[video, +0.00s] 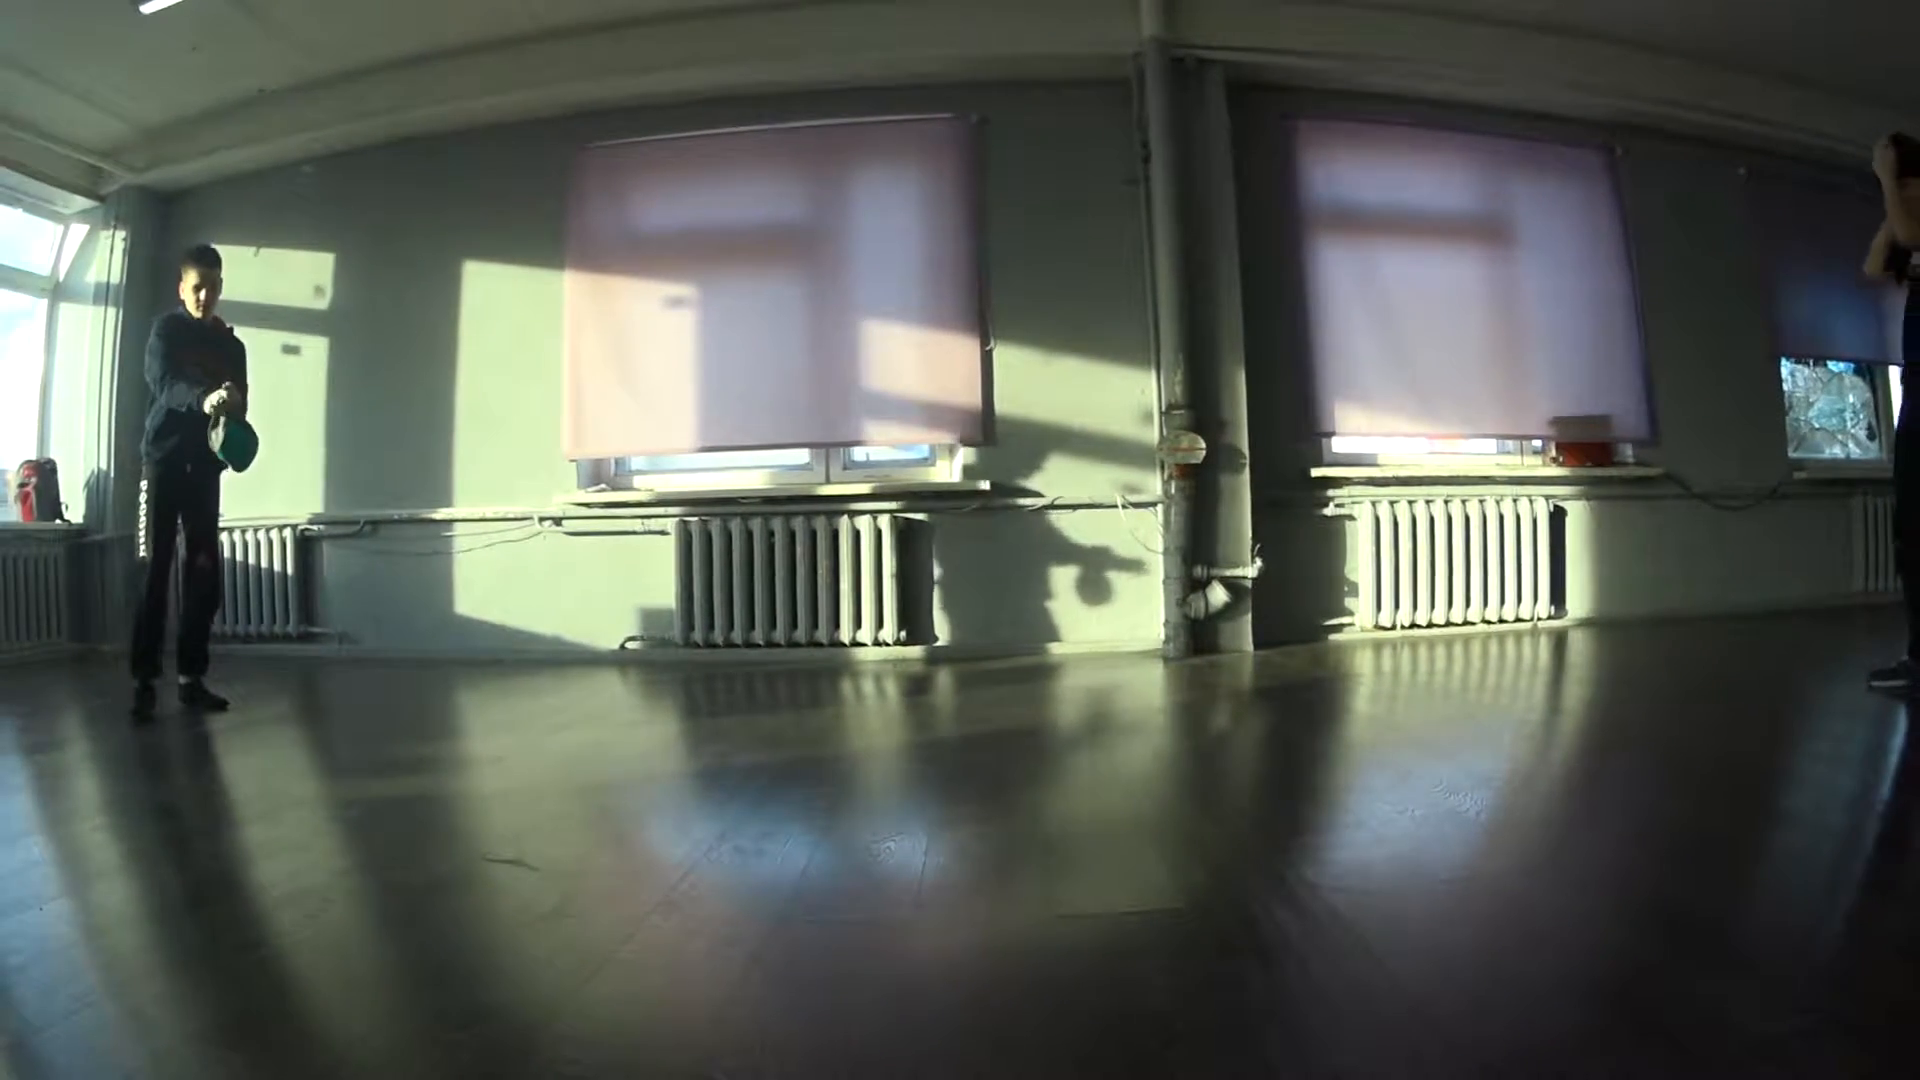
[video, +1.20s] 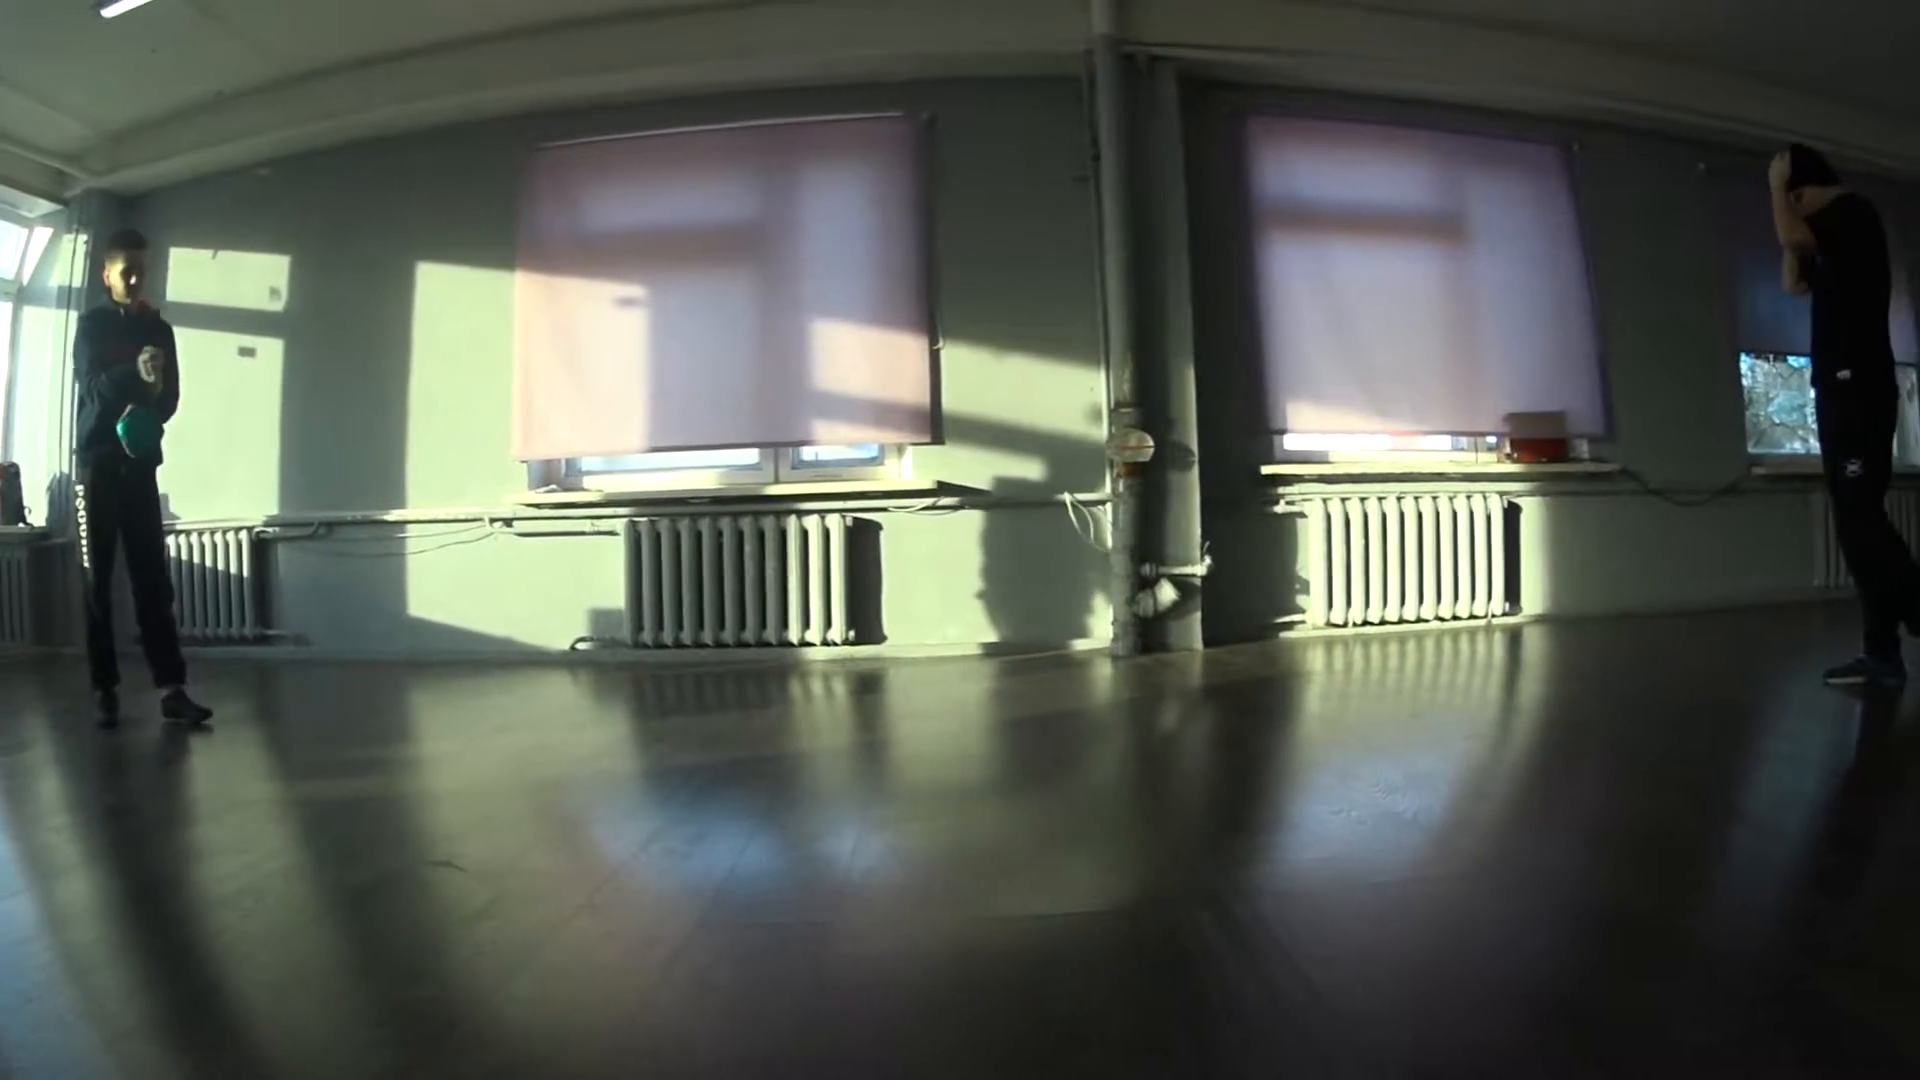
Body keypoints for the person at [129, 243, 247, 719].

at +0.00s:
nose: (204, 294)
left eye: (211, 285)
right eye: (196, 285)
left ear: (221, 287)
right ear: (180, 286)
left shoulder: (231, 344)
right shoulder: (165, 329)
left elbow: (238, 404)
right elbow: (161, 383)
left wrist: (234, 415)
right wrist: (204, 399)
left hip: (205, 463)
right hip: (163, 459)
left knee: (204, 568)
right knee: (154, 565)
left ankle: (193, 679)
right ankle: (145, 683)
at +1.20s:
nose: (134, 279)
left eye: (140, 271)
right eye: (125, 271)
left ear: (147, 273)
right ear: (105, 274)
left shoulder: (158, 330)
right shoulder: (92, 324)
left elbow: (167, 403)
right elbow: (90, 389)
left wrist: (155, 396)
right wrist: (135, 370)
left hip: (142, 463)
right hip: (98, 463)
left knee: (153, 577)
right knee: (99, 578)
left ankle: (172, 691)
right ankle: (105, 691)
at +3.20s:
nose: (121, 261)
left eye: (127, 253)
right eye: (112, 253)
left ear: (136, 254)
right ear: (93, 256)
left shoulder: (148, 315)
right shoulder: (75, 312)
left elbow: (167, 397)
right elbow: (53, 388)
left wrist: (157, 376)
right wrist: (101, 378)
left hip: (131, 455)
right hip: (85, 455)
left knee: (137, 574)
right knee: (78, 573)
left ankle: (134, 694)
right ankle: (75, 697)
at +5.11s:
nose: (119, 260)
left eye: (125, 252)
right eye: (110, 251)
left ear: (132, 255)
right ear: (87, 252)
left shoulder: (134, 315)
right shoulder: (64, 311)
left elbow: (149, 400)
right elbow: (41, 392)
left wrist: (132, 388)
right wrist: (85, 381)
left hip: (120, 453)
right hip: (75, 453)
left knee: (128, 576)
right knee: (69, 575)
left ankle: (125, 696)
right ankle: (65, 700)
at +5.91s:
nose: (110, 259)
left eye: (117, 251)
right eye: (102, 250)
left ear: (124, 255)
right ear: (81, 253)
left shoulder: (134, 315)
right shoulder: (60, 313)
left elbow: (149, 388)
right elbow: (38, 394)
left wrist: (133, 415)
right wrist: (80, 388)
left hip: (116, 458)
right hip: (70, 458)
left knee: (125, 576)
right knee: (65, 577)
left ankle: (121, 696)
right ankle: (62, 699)